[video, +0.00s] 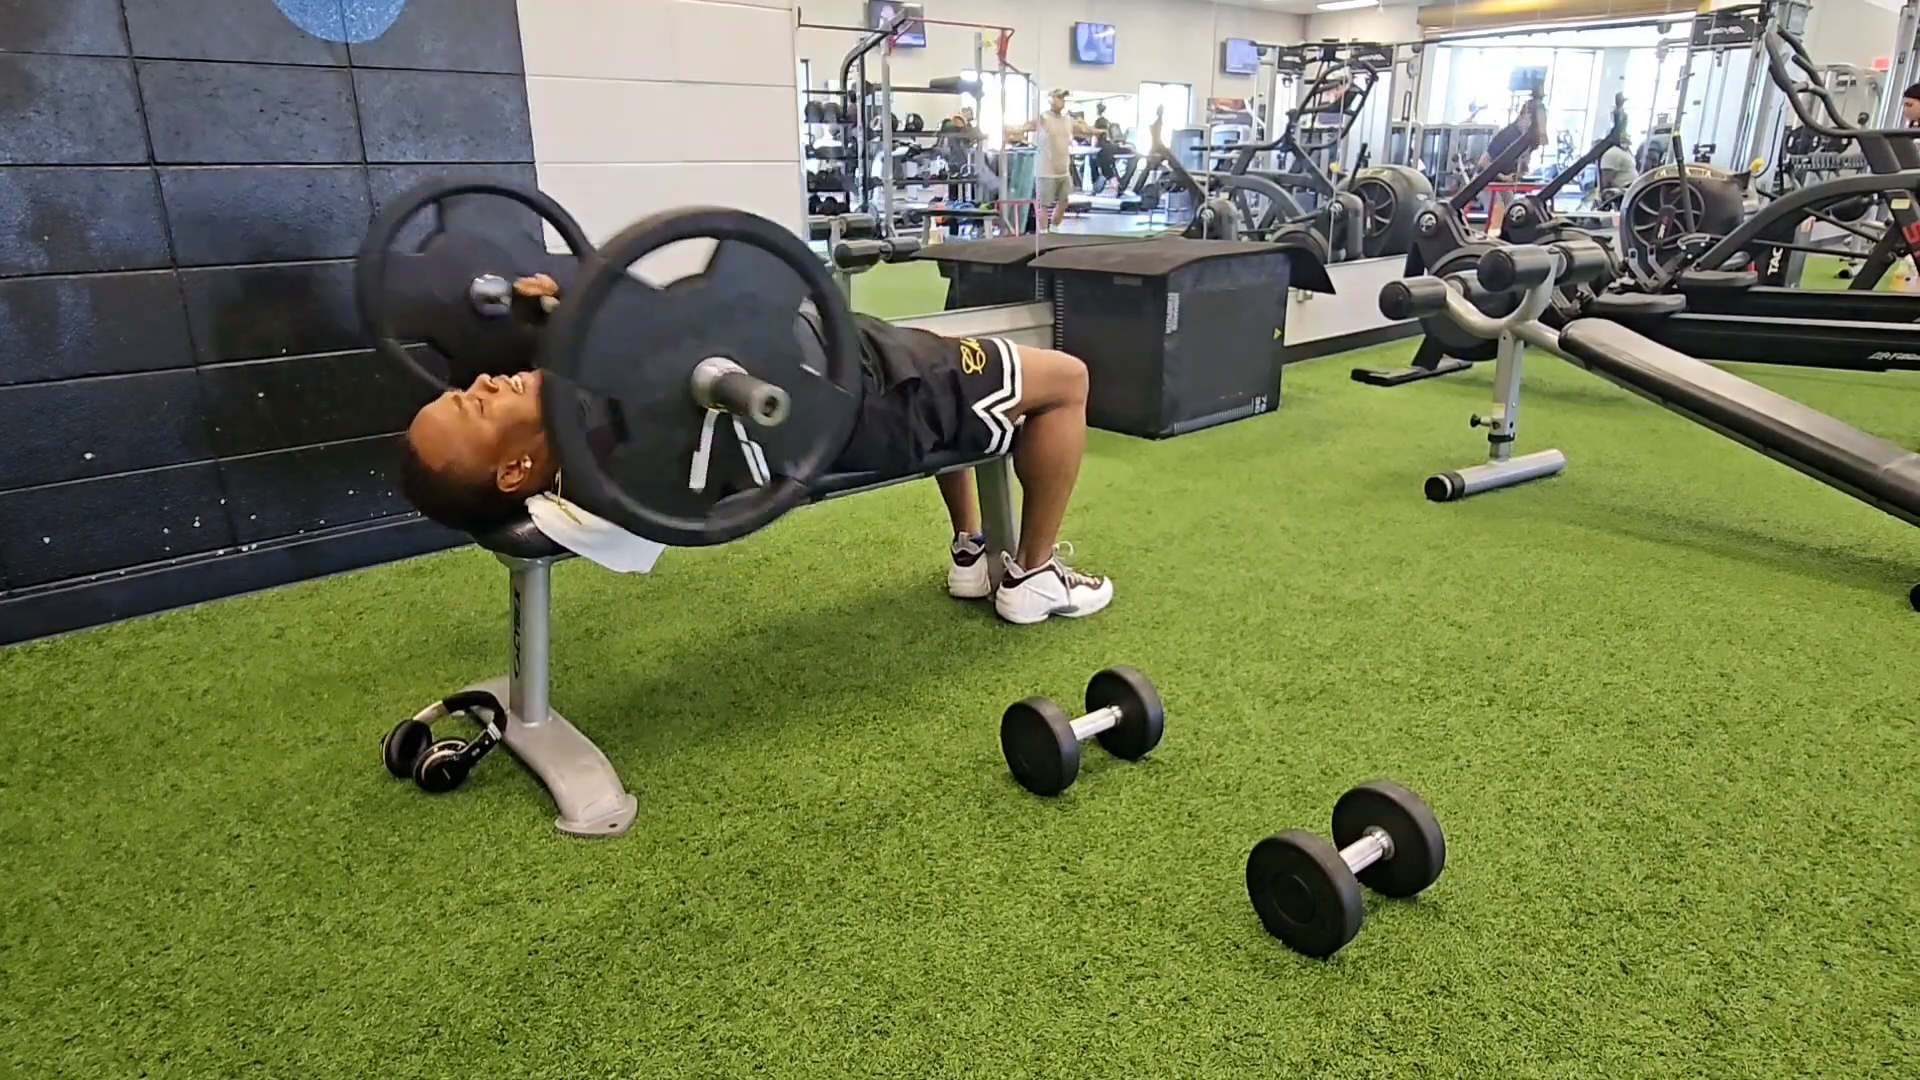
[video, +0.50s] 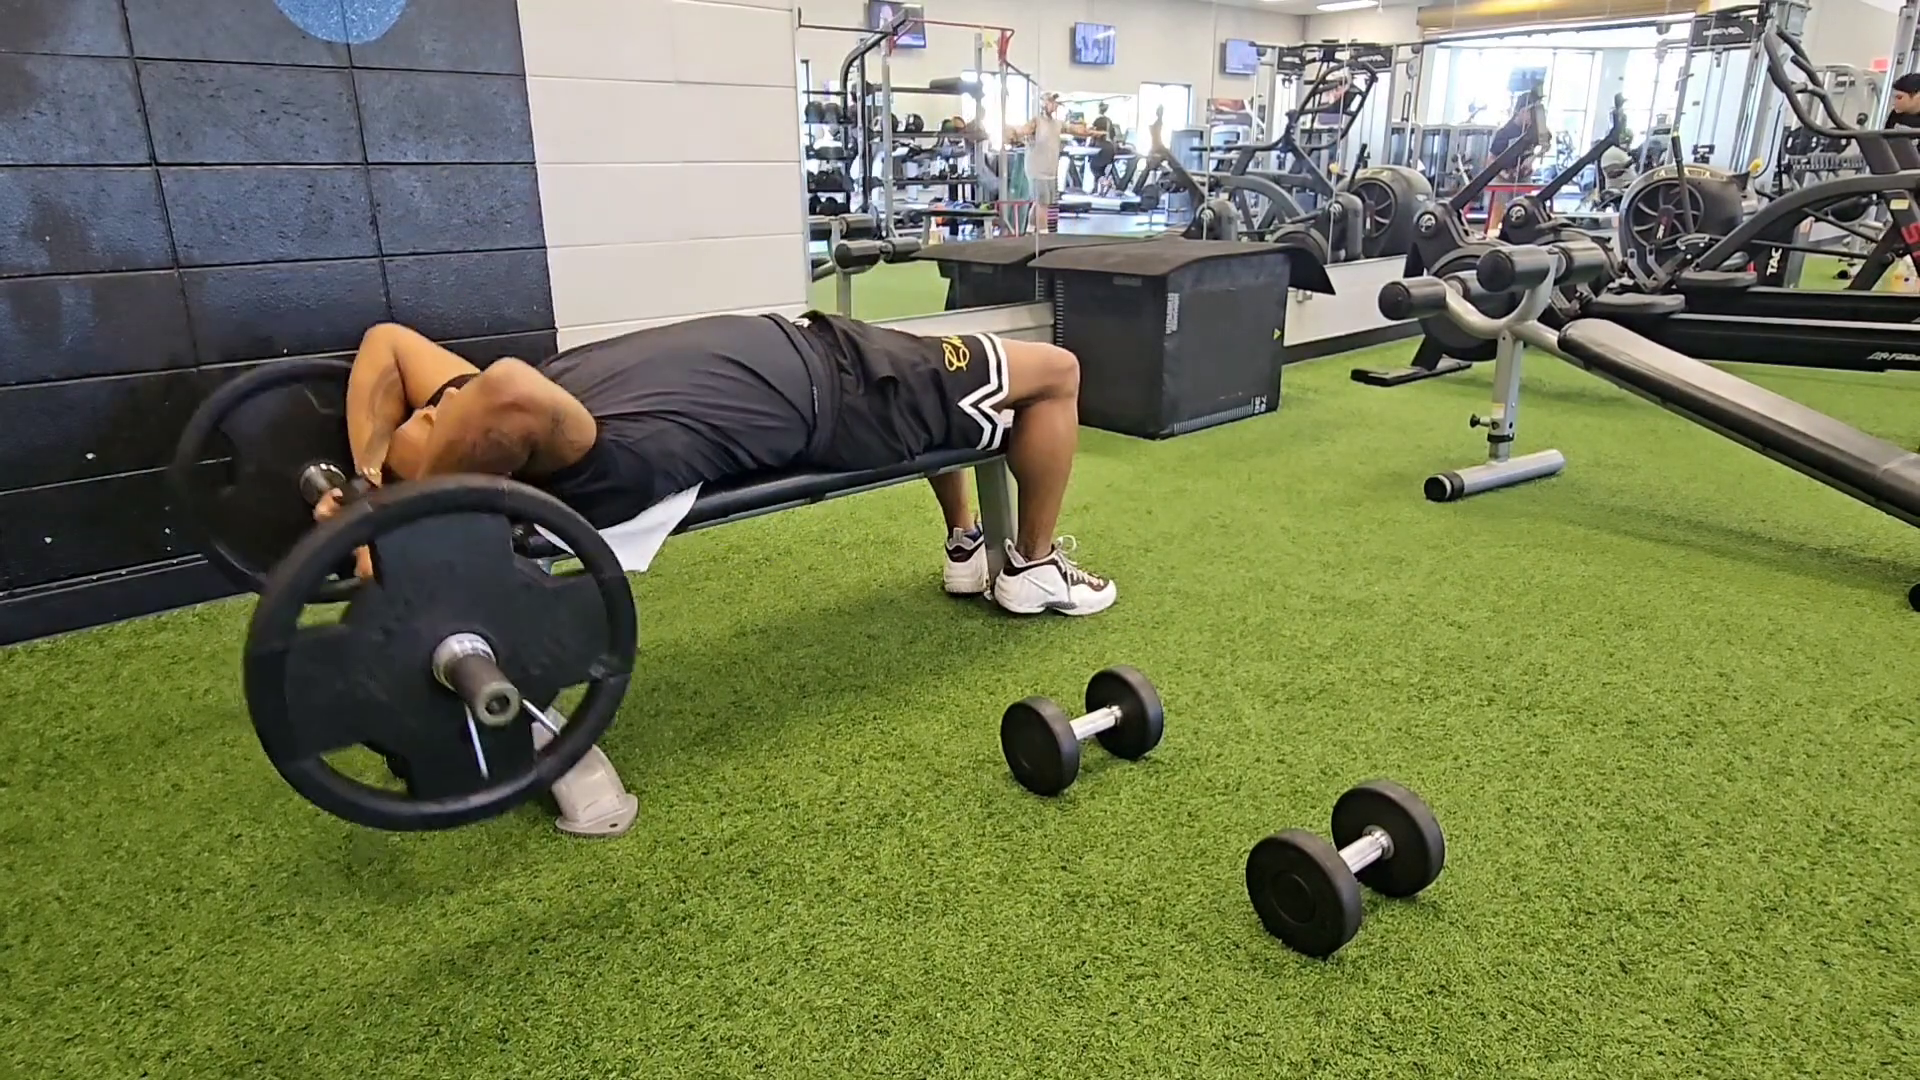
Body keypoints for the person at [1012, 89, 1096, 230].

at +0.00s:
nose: (1063, 102)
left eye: (1063, 99)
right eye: (1059, 98)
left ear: (1063, 101)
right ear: (1051, 100)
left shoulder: (1068, 120)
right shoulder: (1043, 119)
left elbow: (1082, 128)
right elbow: (1024, 128)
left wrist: (1097, 131)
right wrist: (1007, 129)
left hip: (1063, 169)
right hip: (1046, 170)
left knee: (1063, 201)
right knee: (1043, 205)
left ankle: (1054, 229)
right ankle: (1042, 233)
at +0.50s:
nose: (1054, 105)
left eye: (1055, 102)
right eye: (1051, 102)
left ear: (1055, 105)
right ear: (1044, 103)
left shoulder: (1058, 124)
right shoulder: (1036, 121)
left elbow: (1075, 130)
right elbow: (1024, 131)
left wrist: (1093, 133)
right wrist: (1013, 133)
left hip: (1051, 170)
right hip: (1037, 170)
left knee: (1039, 203)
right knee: (1043, 203)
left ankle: (1030, 230)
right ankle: (1043, 233)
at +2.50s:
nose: (1055, 105)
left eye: (1057, 102)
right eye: (1052, 101)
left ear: (1059, 105)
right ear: (1045, 103)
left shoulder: (1060, 124)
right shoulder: (1036, 120)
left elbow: (1077, 132)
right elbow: (1025, 128)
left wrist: (1094, 134)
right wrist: (1016, 130)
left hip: (1055, 171)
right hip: (1040, 171)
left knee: (1054, 205)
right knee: (1044, 206)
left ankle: (1036, 227)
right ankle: (1041, 233)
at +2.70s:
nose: (1061, 106)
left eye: (1063, 103)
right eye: (1059, 102)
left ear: (1065, 105)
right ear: (1051, 102)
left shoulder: (1064, 123)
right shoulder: (1041, 118)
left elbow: (1081, 131)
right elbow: (1027, 124)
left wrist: (1099, 132)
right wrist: (1016, 124)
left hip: (1061, 169)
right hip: (1044, 170)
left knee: (1068, 201)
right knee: (1043, 205)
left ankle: (1055, 228)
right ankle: (1040, 233)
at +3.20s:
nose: (1082, 106)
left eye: (1084, 103)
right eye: (1080, 102)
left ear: (1086, 104)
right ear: (1074, 102)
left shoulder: (1086, 120)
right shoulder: (1062, 118)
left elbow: (1099, 119)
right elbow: (1044, 120)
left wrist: (1108, 115)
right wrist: (1028, 117)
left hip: (1082, 169)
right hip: (1066, 169)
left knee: (1079, 205)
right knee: (1066, 205)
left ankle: (1074, 232)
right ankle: (1050, 225)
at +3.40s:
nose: (1088, 105)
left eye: (1089, 102)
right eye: (1086, 101)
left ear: (1089, 104)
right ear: (1078, 101)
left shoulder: (1090, 119)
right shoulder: (1067, 117)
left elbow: (1101, 119)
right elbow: (1047, 120)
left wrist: (1110, 114)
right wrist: (1029, 116)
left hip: (1086, 167)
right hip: (1070, 167)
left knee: (1082, 203)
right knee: (1078, 201)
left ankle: (1075, 232)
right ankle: (1061, 224)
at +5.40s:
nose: (1098, 104)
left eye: (1099, 101)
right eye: (1095, 100)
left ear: (1099, 103)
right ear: (1086, 101)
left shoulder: (1099, 119)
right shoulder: (1076, 117)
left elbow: (1108, 121)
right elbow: (1053, 121)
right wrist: (1029, 122)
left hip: (1095, 170)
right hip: (1078, 169)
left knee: (1087, 207)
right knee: (1076, 205)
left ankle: (1081, 235)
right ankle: (1071, 235)